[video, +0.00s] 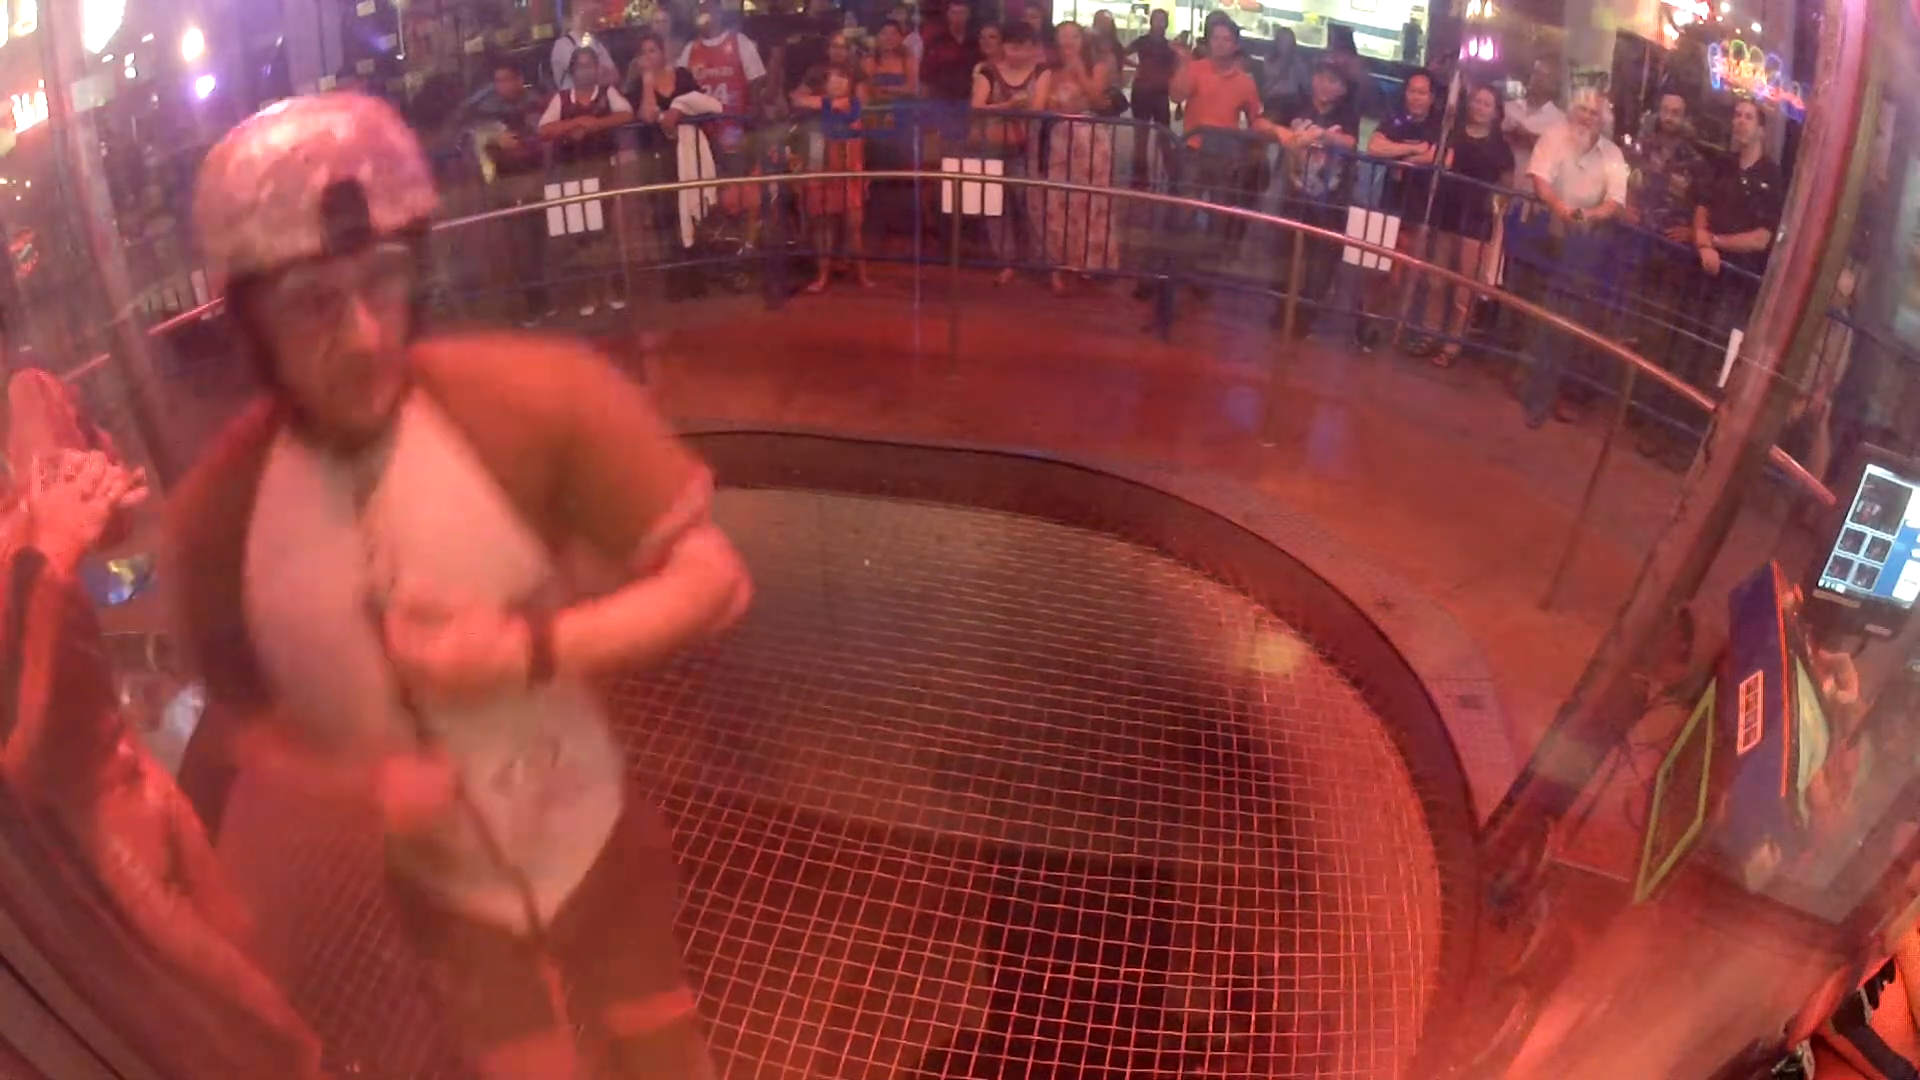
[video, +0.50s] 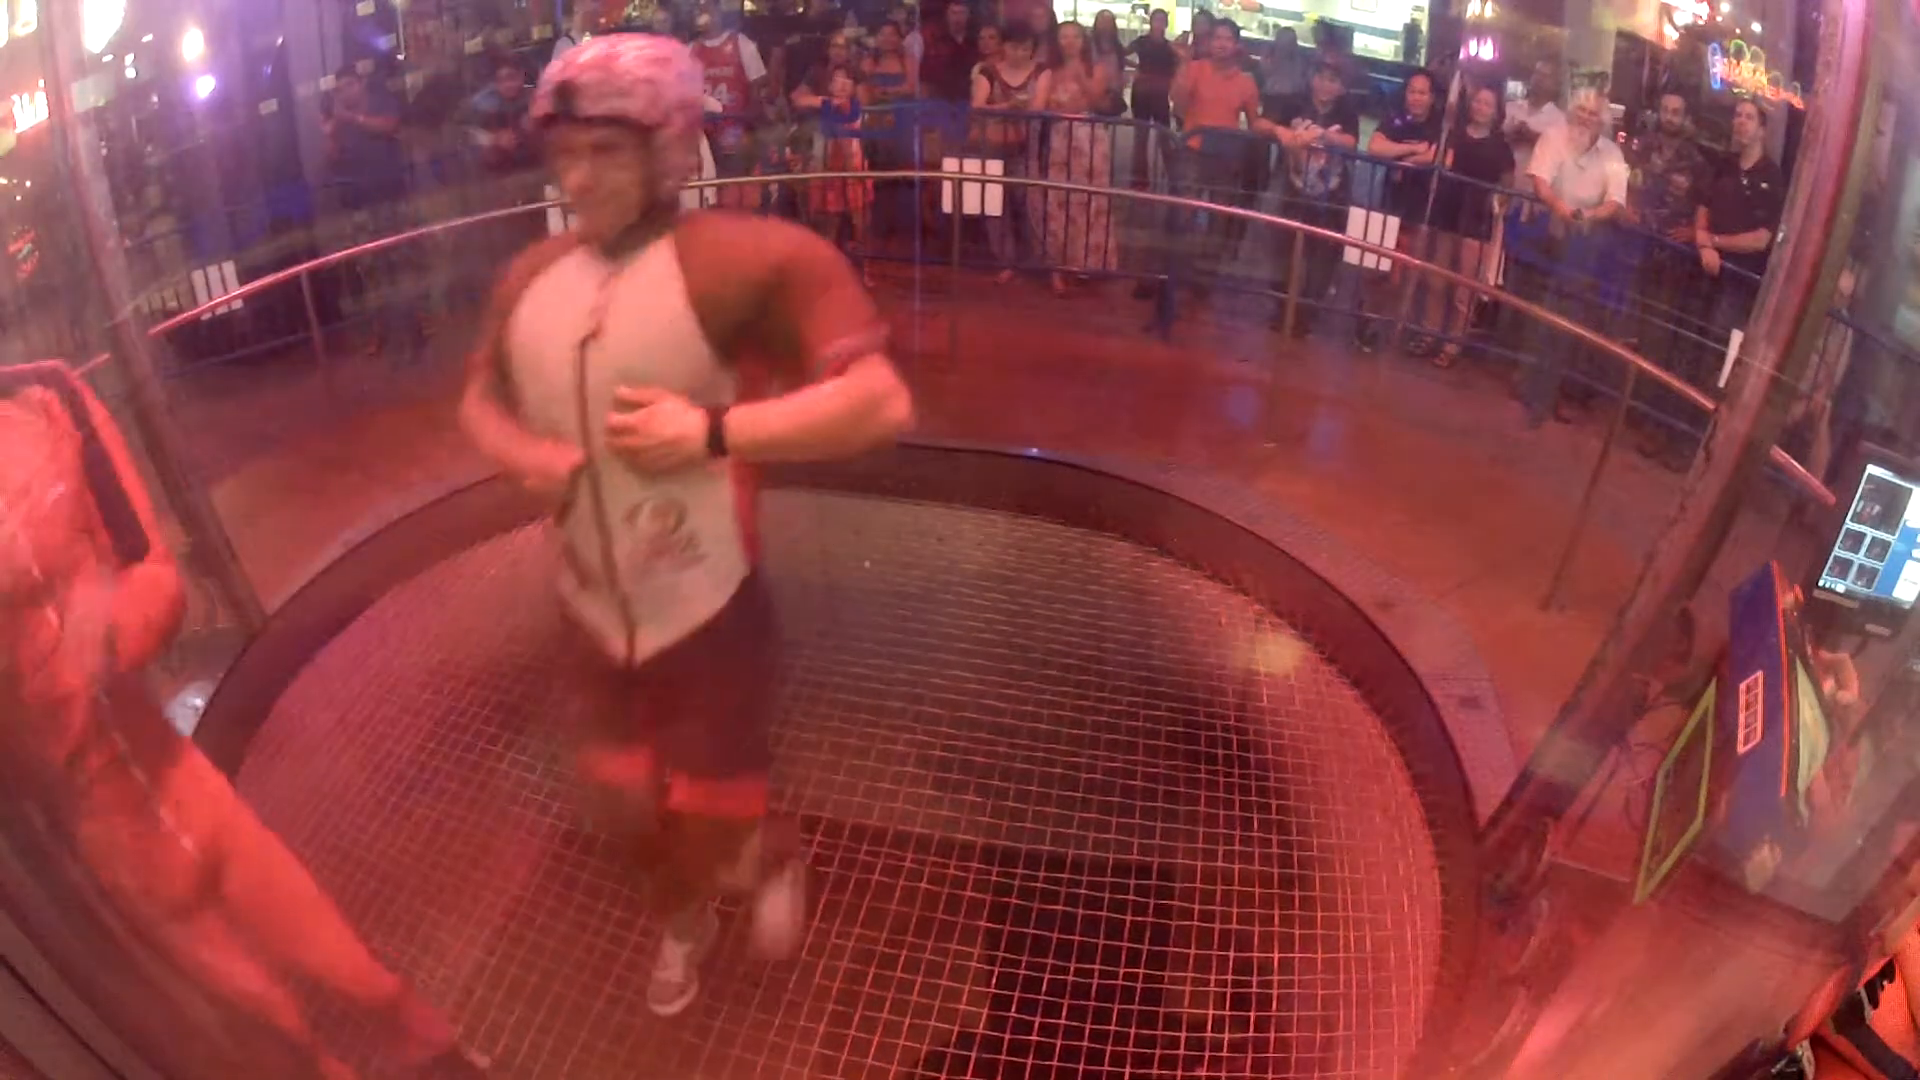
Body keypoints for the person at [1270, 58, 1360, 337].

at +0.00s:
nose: (1327, 90)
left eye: (1334, 86)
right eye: (1324, 82)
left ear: (1343, 92)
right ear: (1313, 80)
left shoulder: (1346, 114)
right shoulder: (1293, 106)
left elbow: (1351, 144)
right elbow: (1260, 124)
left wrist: (1325, 135)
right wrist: (1286, 136)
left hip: (1330, 199)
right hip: (1295, 192)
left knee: (1321, 257)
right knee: (1287, 250)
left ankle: (1306, 313)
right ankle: (1281, 306)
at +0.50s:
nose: (1325, 86)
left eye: (1333, 81)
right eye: (1322, 78)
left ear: (1343, 87)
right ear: (1311, 78)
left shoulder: (1346, 111)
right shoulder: (1293, 103)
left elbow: (1351, 143)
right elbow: (1259, 124)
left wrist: (1325, 136)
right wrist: (1283, 134)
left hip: (1332, 196)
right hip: (1296, 190)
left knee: (1324, 255)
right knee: (1286, 248)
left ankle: (1307, 312)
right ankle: (1281, 306)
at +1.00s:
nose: (1330, 87)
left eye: (1336, 82)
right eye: (1326, 80)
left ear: (1343, 86)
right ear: (1312, 78)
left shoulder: (1346, 111)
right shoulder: (1291, 103)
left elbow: (1351, 144)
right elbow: (1260, 125)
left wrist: (1323, 136)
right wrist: (1282, 134)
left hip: (1332, 196)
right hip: (1295, 190)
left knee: (1325, 255)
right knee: (1287, 248)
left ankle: (1307, 311)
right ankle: (1281, 306)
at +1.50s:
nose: (1329, 87)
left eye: (1335, 82)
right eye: (1324, 79)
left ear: (1343, 88)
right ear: (1313, 79)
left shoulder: (1345, 113)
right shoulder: (1292, 103)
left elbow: (1351, 144)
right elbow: (1261, 123)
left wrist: (1322, 135)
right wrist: (1286, 135)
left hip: (1330, 196)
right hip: (1294, 189)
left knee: (1325, 255)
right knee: (1286, 248)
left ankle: (1307, 314)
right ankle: (1281, 306)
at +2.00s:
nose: (1325, 85)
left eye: (1333, 81)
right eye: (1322, 78)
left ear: (1343, 90)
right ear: (1312, 79)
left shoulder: (1345, 114)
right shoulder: (1295, 107)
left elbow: (1350, 144)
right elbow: (1264, 126)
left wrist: (1323, 135)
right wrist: (1290, 138)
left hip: (1329, 195)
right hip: (1293, 189)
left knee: (1323, 256)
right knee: (1286, 248)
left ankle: (1307, 314)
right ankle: (1281, 306)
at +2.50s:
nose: (1326, 86)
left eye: (1333, 82)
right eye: (1322, 78)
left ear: (1343, 89)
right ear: (1313, 78)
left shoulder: (1346, 112)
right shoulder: (1294, 102)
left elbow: (1351, 143)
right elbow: (1261, 124)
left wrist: (1324, 135)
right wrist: (1285, 135)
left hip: (1330, 195)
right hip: (1293, 189)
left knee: (1323, 255)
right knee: (1285, 247)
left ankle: (1308, 314)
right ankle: (1281, 305)